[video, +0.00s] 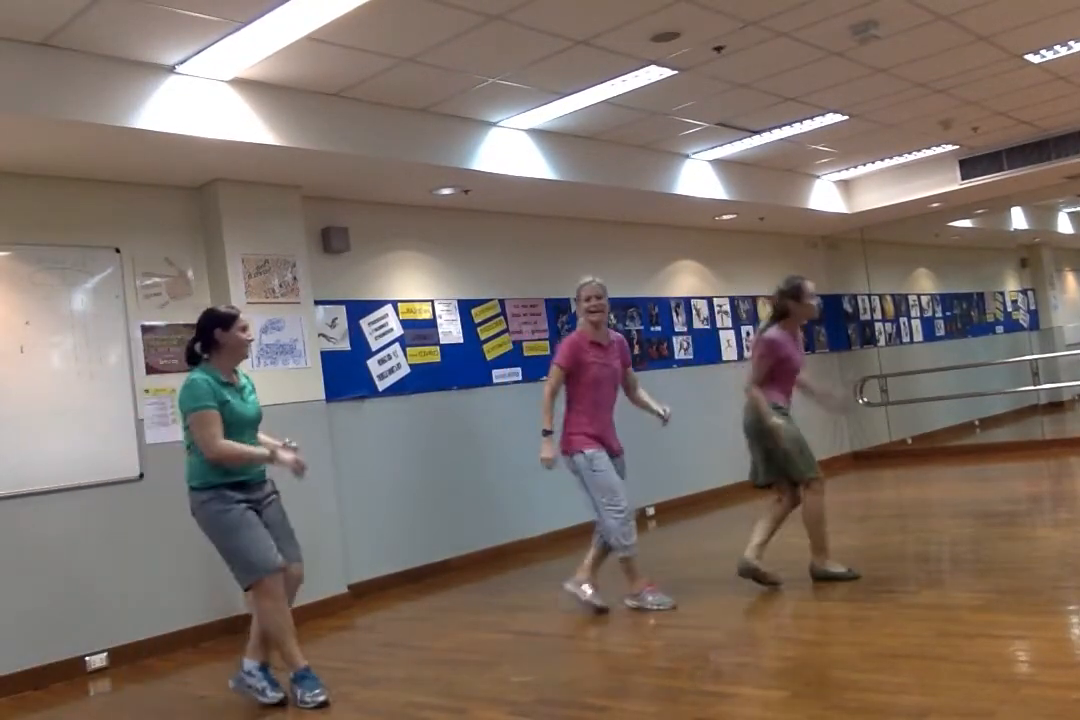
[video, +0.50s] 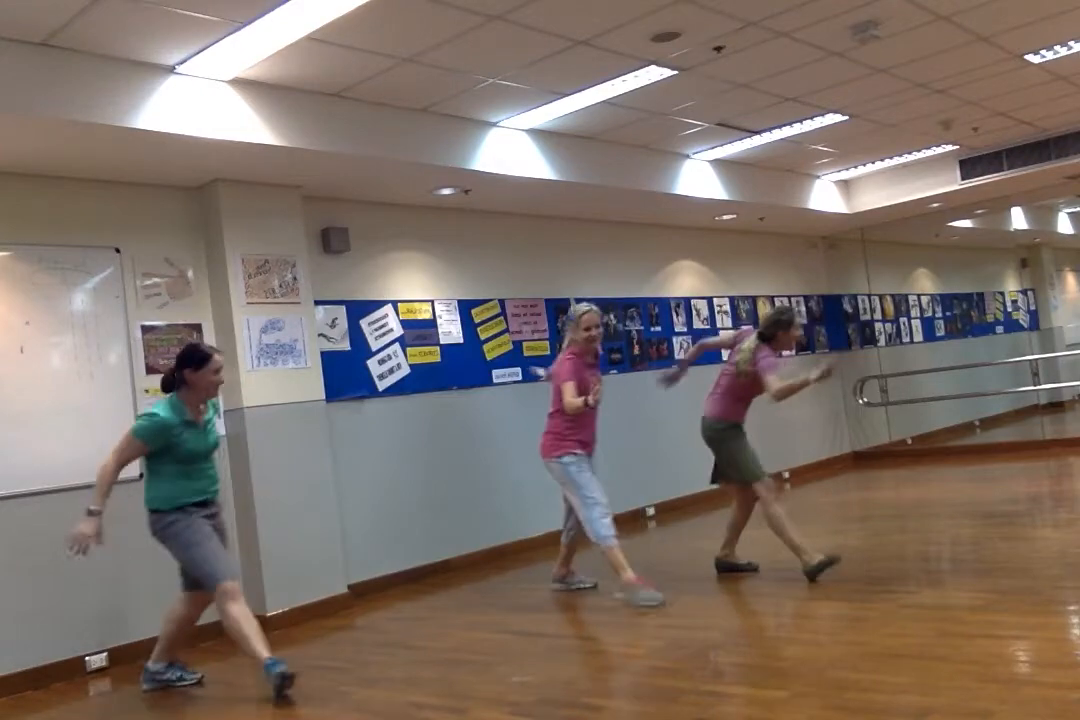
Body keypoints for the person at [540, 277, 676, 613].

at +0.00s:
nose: (594, 304)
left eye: (598, 298)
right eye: (587, 300)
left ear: (608, 303)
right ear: (578, 307)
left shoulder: (618, 343)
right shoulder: (573, 344)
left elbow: (632, 388)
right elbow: (550, 390)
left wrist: (656, 408)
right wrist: (547, 438)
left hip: (609, 438)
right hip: (580, 440)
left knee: (614, 511)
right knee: (617, 508)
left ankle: (582, 579)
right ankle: (636, 588)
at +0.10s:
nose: (607, 311)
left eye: (611, 305)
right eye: (600, 307)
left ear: (619, 309)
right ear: (590, 314)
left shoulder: (623, 347)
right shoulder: (585, 350)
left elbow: (619, 397)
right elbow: (563, 401)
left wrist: (643, 431)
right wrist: (580, 436)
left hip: (612, 442)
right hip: (586, 444)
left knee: (626, 508)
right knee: (627, 503)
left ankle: (576, 553)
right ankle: (640, 584)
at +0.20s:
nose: (609, 319)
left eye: (614, 312)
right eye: (602, 315)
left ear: (621, 316)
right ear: (593, 321)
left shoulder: (621, 349)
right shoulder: (591, 358)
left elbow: (611, 392)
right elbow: (577, 411)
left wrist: (617, 422)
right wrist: (605, 423)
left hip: (606, 442)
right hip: (585, 446)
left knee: (620, 507)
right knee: (633, 503)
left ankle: (565, 543)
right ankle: (640, 585)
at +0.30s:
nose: (608, 325)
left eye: (612, 319)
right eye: (600, 321)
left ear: (619, 321)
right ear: (590, 327)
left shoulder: (611, 350)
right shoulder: (592, 361)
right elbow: (592, 407)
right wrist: (611, 409)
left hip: (602, 445)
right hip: (586, 448)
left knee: (602, 513)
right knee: (632, 499)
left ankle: (566, 553)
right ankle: (640, 583)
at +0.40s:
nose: (600, 330)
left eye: (604, 324)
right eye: (593, 326)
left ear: (610, 325)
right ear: (582, 330)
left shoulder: (599, 353)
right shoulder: (584, 360)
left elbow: (567, 360)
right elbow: (586, 402)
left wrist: (546, 368)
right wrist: (601, 399)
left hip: (588, 445)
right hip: (580, 448)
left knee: (586, 511)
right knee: (624, 503)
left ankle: (566, 564)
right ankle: (641, 585)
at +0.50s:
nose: (594, 333)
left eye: (598, 327)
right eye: (588, 329)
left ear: (602, 328)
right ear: (574, 332)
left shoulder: (589, 359)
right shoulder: (568, 363)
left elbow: (553, 371)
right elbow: (569, 405)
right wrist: (588, 400)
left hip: (580, 446)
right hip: (562, 448)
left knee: (577, 510)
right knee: (596, 507)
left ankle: (562, 570)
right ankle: (629, 580)